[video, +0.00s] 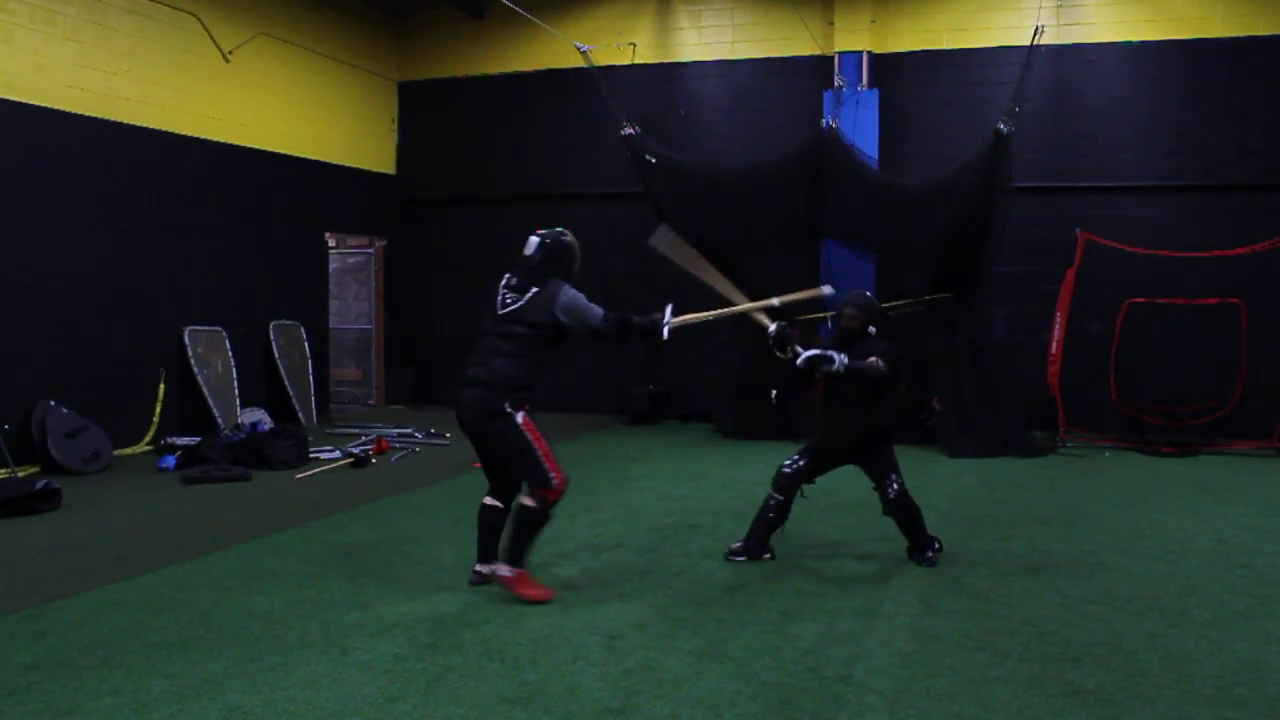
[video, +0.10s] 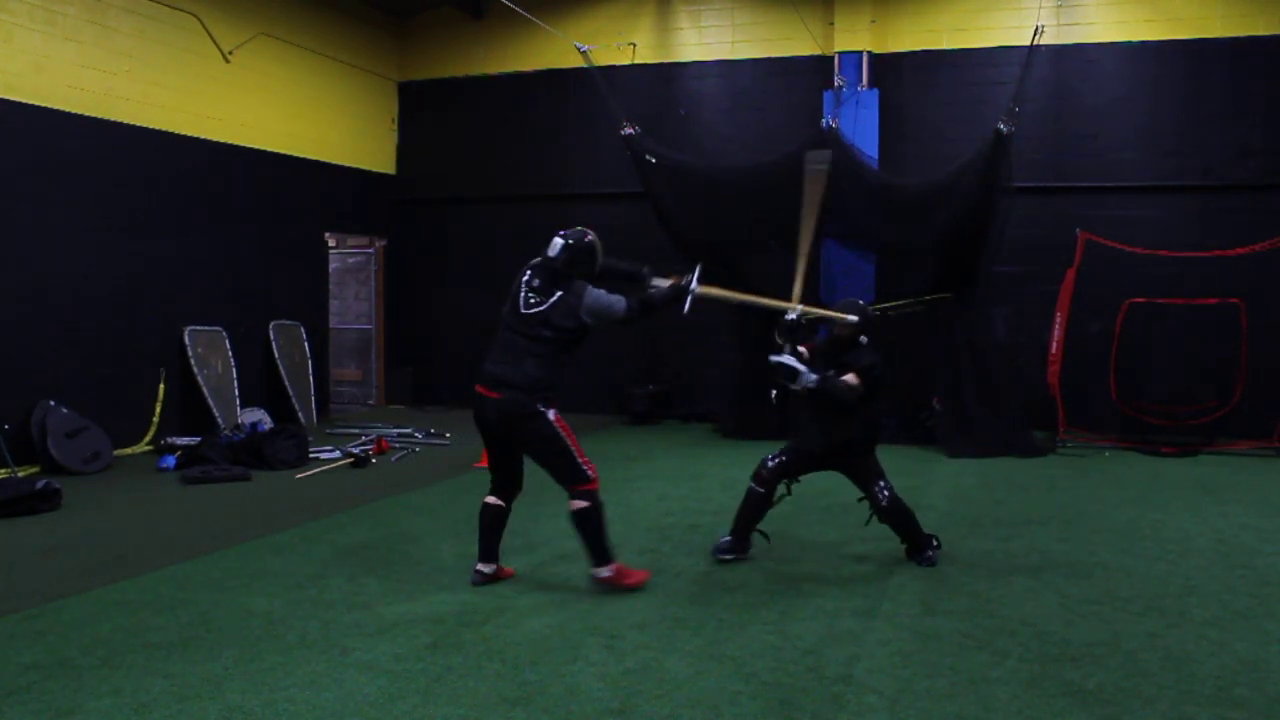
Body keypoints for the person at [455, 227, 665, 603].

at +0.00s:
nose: (572, 268)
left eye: (569, 262)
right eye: (571, 262)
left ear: (530, 256)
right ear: (564, 263)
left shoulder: (508, 283)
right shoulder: (557, 295)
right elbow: (605, 323)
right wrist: (651, 324)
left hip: (472, 400)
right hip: (501, 404)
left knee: (504, 482)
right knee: (549, 483)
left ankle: (485, 564)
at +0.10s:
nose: (594, 267)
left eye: (592, 262)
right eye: (591, 262)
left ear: (555, 254)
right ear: (585, 265)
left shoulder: (531, 271)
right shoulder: (581, 297)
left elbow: (595, 270)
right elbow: (633, 308)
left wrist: (647, 277)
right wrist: (674, 292)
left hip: (487, 398)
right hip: (528, 404)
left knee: (504, 482)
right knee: (582, 480)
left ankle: (485, 564)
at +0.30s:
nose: (626, 271)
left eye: (626, 266)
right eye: (623, 266)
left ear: (587, 263)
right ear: (616, 270)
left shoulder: (566, 285)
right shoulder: (617, 302)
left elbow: (625, 273)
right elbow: (668, 314)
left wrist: (664, 254)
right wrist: (680, 268)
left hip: (546, 412)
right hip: (590, 417)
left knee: (537, 488)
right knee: (642, 482)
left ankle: (501, 559)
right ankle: (652, 564)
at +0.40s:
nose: (638, 269)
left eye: (636, 262)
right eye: (634, 262)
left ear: (596, 261)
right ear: (621, 265)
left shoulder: (580, 294)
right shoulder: (614, 300)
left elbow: (645, 333)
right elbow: (660, 336)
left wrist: (706, 318)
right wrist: (682, 282)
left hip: (562, 409)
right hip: (600, 413)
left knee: (557, 485)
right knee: (652, 479)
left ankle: (514, 549)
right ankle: (653, 563)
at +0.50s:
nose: (641, 270)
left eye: (641, 262)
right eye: (638, 262)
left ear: (601, 260)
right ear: (626, 262)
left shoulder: (590, 295)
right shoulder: (610, 291)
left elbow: (644, 345)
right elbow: (655, 318)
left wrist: (695, 327)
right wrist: (707, 307)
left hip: (566, 407)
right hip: (595, 411)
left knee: (573, 484)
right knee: (649, 480)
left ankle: (516, 545)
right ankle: (652, 565)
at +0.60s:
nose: (635, 267)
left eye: (634, 260)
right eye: (629, 260)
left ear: (596, 262)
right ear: (613, 261)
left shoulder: (587, 294)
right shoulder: (604, 288)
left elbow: (646, 352)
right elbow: (653, 314)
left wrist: (692, 339)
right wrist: (708, 324)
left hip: (566, 409)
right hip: (589, 411)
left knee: (581, 484)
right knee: (648, 480)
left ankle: (513, 530)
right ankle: (652, 565)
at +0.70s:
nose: (618, 267)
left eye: (616, 259)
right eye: (612, 260)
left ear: (577, 265)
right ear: (597, 264)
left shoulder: (568, 300)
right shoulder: (590, 300)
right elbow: (637, 337)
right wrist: (699, 341)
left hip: (564, 414)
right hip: (588, 416)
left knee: (579, 486)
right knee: (648, 480)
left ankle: (516, 540)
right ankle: (652, 565)